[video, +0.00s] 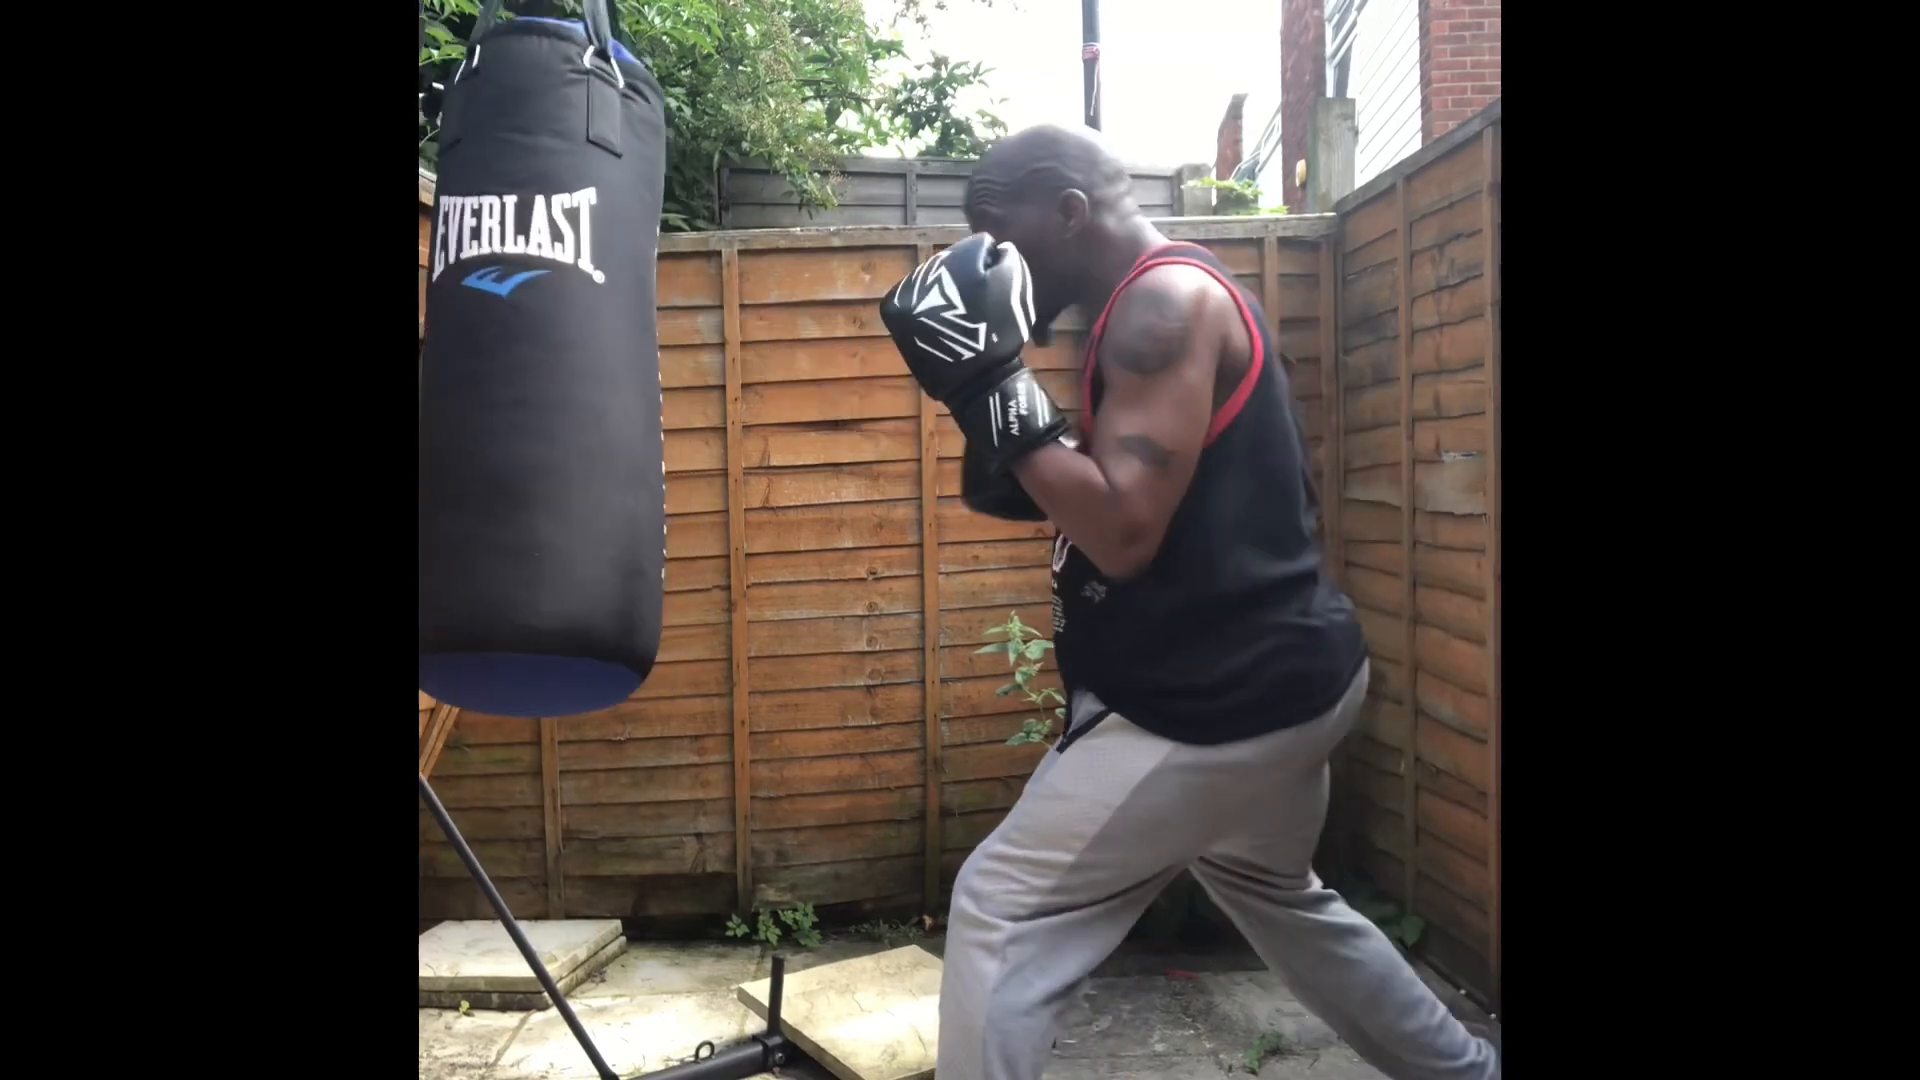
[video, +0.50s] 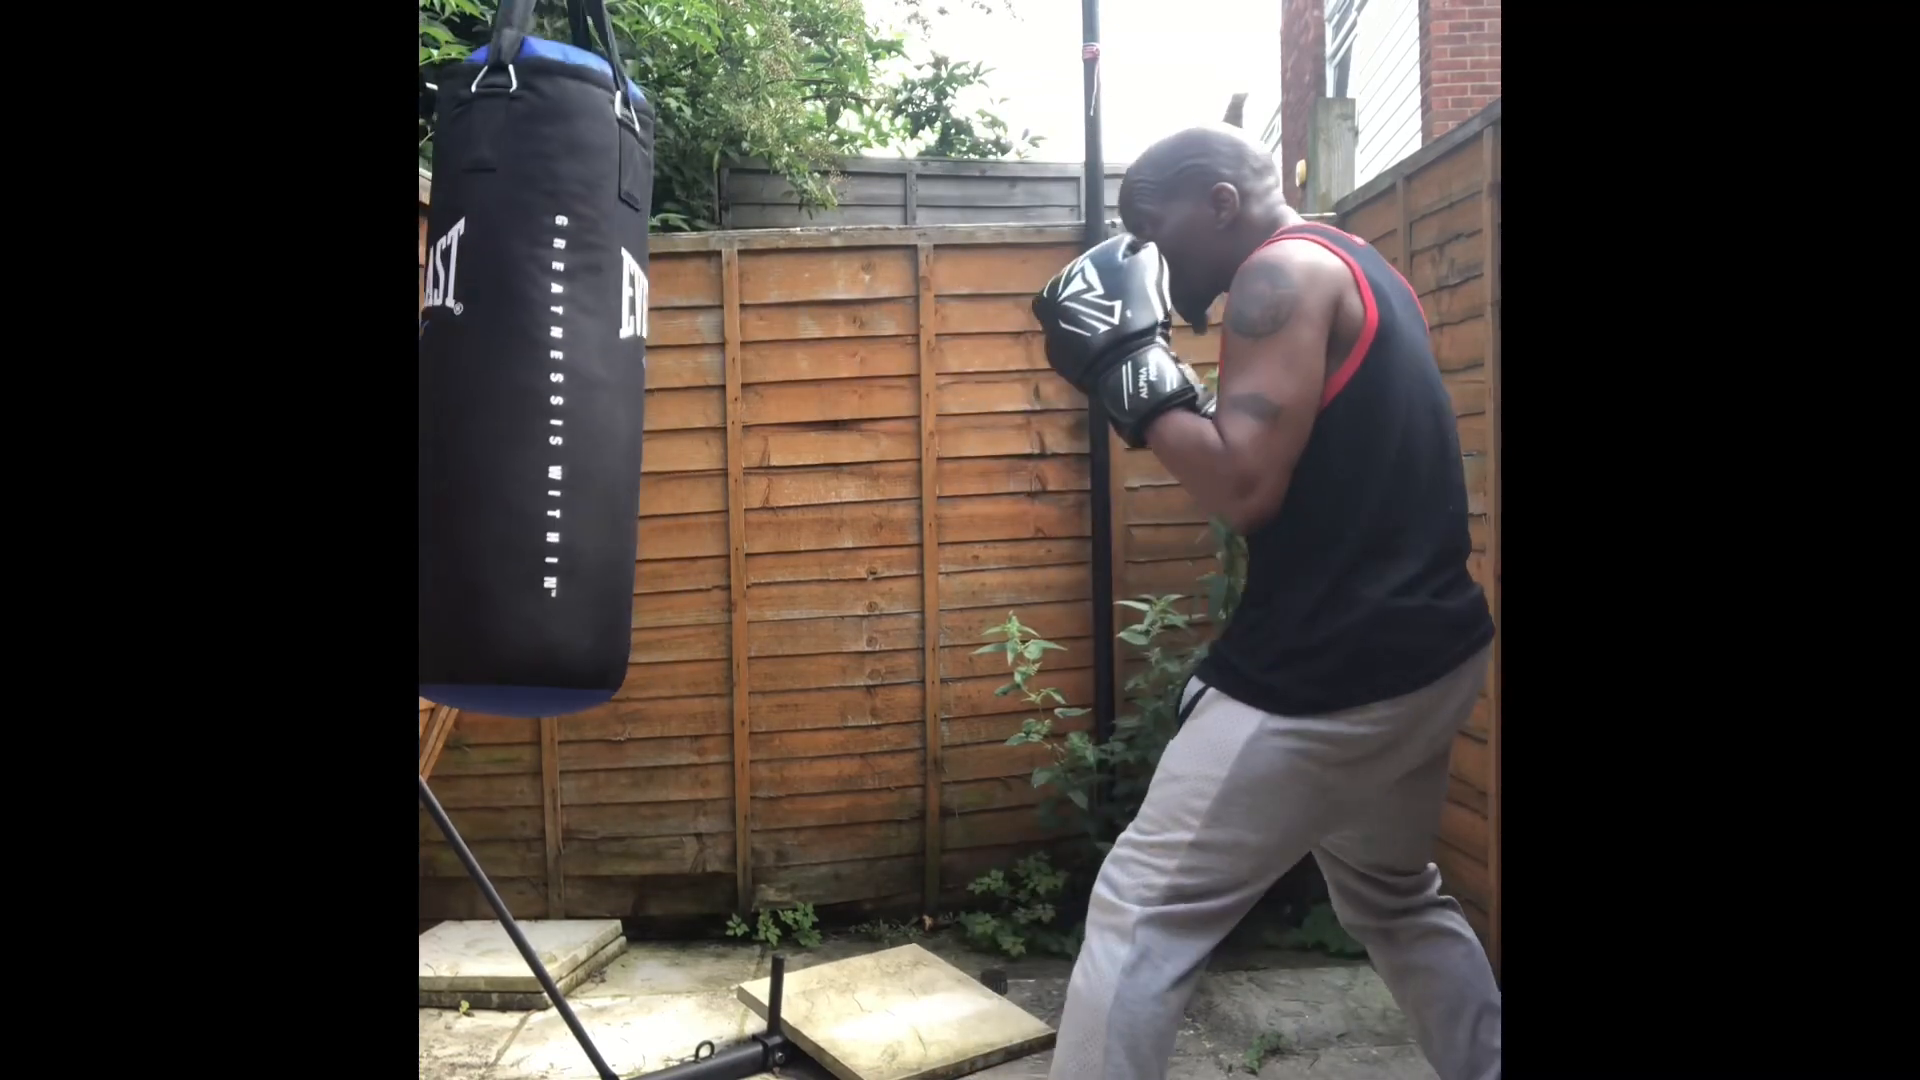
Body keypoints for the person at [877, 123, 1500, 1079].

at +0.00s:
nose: (988, 251)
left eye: (997, 223)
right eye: (981, 229)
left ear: (1074, 209)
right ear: (1086, 211)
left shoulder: (1165, 301)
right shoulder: (1151, 299)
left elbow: (1121, 530)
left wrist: (995, 387)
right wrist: (988, 411)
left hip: (1211, 697)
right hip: (1279, 680)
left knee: (998, 907)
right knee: (1270, 891)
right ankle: (1463, 1065)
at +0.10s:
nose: (1054, 280)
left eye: (1058, 249)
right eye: (1046, 257)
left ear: (1128, 219)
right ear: (1158, 217)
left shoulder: (1183, 304)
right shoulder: (1292, 287)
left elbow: (1124, 522)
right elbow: (1241, 480)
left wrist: (1020, 388)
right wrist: (1078, 385)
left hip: (1228, 702)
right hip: (1350, 674)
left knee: (1032, 909)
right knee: (1338, 899)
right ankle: (1470, 1068)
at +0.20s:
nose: (1111, 279)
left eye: (1113, 247)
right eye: (1103, 254)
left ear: (1177, 213)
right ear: (1204, 211)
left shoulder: (1232, 289)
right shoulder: (1350, 279)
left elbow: (1182, 514)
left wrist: (1084, 387)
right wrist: (1153, 376)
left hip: (1273, 686)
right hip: (1398, 659)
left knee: (1097, 921)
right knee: (1382, 894)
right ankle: (1480, 1065)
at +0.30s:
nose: (1149, 256)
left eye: (1150, 228)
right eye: (1141, 236)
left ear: (1215, 197)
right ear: (1234, 196)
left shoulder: (1266, 275)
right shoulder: (1366, 260)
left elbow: (1224, 492)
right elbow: (1306, 459)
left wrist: (1118, 377)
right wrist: (1175, 378)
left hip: (1306, 672)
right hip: (1423, 647)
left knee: (1130, 907)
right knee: (1389, 888)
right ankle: (1486, 1062)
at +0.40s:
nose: (1165, 256)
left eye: (1166, 229)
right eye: (1156, 234)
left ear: (1234, 187)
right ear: (1252, 184)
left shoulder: (1281, 261)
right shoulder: (1374, 252)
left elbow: (1238, 477)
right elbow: (1269, 445)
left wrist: (1125, 351)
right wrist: (1164, 352)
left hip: (1318, 659)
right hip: (1430, 636)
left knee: (1151, 904)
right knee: (1394, 883)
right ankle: (1488, 1061)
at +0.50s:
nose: (1158, 263)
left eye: (1159, 236)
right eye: (1149, 243)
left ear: (1223, 201)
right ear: (1237, 200)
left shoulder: (1282, 273)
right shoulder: (1344, 260)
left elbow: (1241, 488)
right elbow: (1250, 467)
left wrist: (1129, 363)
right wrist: (1136, 376)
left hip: (1318, 666)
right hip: (1427, 644)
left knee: (1140, 911)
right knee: (1395, 894)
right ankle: (1488, 1063)